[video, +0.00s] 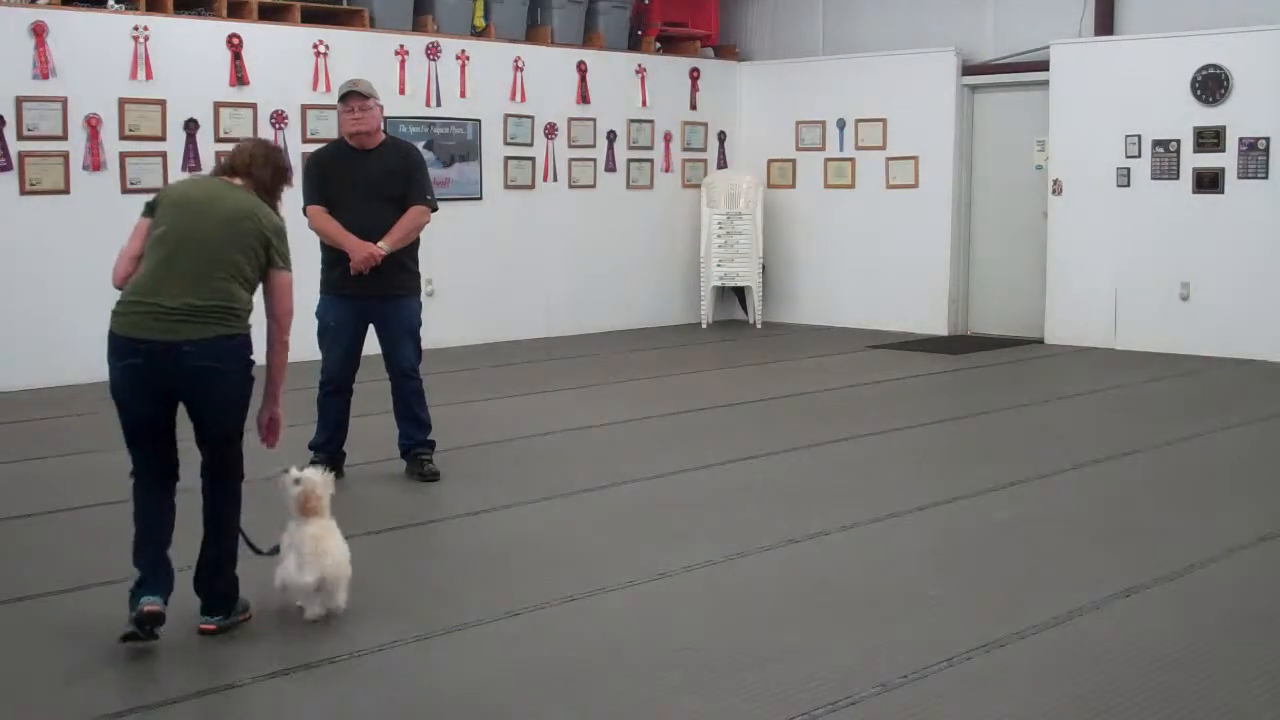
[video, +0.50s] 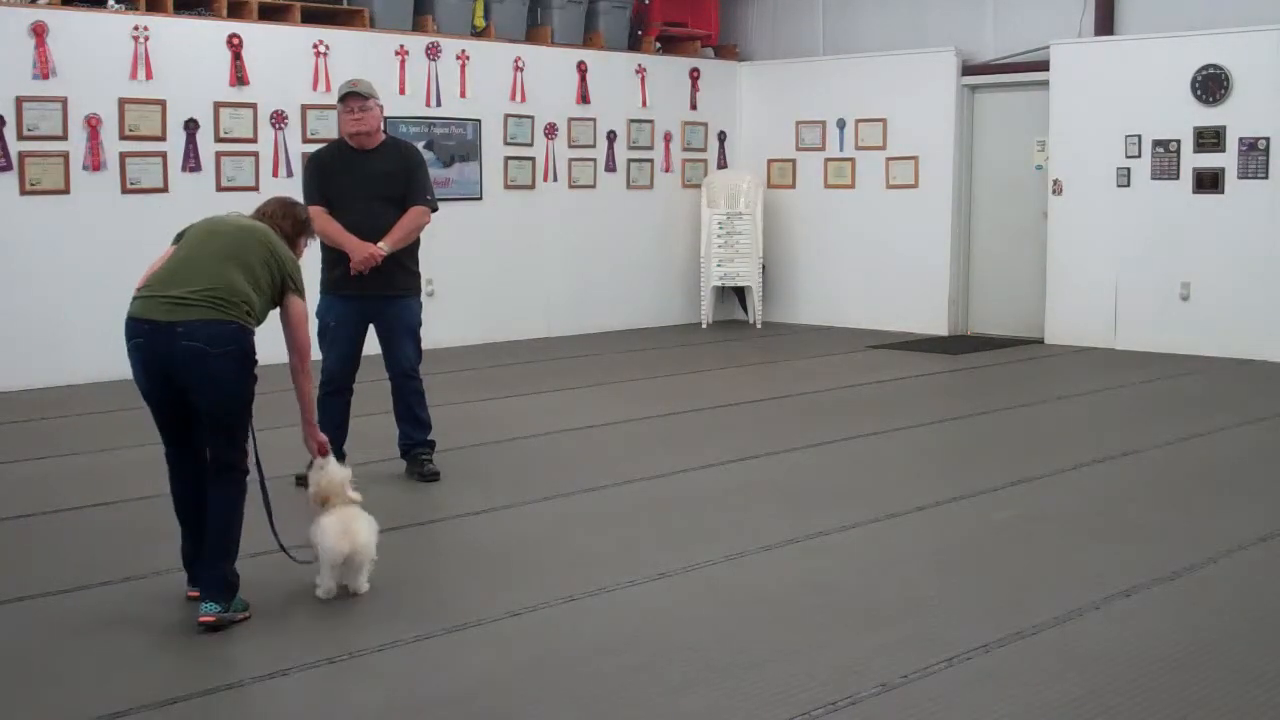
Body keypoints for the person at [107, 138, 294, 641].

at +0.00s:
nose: (278, 200)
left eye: (280, 193)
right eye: (279, 192)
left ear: (226, 167)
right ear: (272, 185)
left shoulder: (170, 193)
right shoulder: (267, 221)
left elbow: (123, 273)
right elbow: (279, 320)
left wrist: (175, 269)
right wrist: (273, 401)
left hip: (135, 348)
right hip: (215, 354)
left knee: (152, 471)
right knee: (222, 473)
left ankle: (150, 589)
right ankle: (217, 603)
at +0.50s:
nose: (301, 255)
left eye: (304, 248)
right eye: (302, 247)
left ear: (260, 219)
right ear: (291, 237)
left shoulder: (202, 227)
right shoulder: (284, 259)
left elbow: (145, 284)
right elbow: (300, 355)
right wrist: (311, 427)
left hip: (146, 335)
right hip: (215, 341)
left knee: (182, 455)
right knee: (228, 464)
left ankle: (200, 576)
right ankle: (216, 596)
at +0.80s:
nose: (307, 258)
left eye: (312, 250)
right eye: (309, 249)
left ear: (272, 221)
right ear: (300, 239)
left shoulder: (217, 225)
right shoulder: (288, 255)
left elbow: (155, 273)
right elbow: (308, 354)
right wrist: (327, 424)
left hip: (150, 321)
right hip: (214, 326)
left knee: (190, 442)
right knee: (234, 443)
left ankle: (198, 570)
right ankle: (222, 546)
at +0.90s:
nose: (310, 247)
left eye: (314, 239)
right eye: (312, 238)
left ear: (274, 211)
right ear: (301, 225)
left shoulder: (221, 217)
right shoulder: (289, 243)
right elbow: (306, 339)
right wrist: (323, 412)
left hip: (154, 319)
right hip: (218, 321)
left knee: (194, 438)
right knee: (241, 438)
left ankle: (199, 570)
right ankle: (232, 550)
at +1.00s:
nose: (317, 235)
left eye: (321, 225)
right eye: (319, 223)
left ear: (277, 198)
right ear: (304, 211)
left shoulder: (221, 210)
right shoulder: (291, 232)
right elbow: (302, 325)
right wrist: (314, 395)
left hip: (160, 316)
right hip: (225, 319)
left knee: (201, 438)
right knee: (249, 437)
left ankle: (204, 566)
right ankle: (255, 554)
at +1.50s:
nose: (340, 176)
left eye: (345, 167)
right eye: (340, 165)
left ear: (297, 151)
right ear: (318, 153)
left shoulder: (250, 176)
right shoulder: (314, 194)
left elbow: (218, 245)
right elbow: (305, 276)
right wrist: (324, 347)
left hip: (220, 312)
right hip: (273, 314)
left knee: (255, 417)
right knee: (293, 424)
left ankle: (219, 512)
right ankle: (286, 537)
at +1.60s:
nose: (340, 172)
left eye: (344, 163)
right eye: (339, 161)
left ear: (297, 145)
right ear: (317, 148)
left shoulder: (254, 173)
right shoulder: (313, 188)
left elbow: (230, 245)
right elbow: (309, 273)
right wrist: (337, 334)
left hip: (228, 308)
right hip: (277, 311)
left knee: (268, 415)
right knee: (290, 422)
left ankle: (232, 519)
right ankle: (285, 538)